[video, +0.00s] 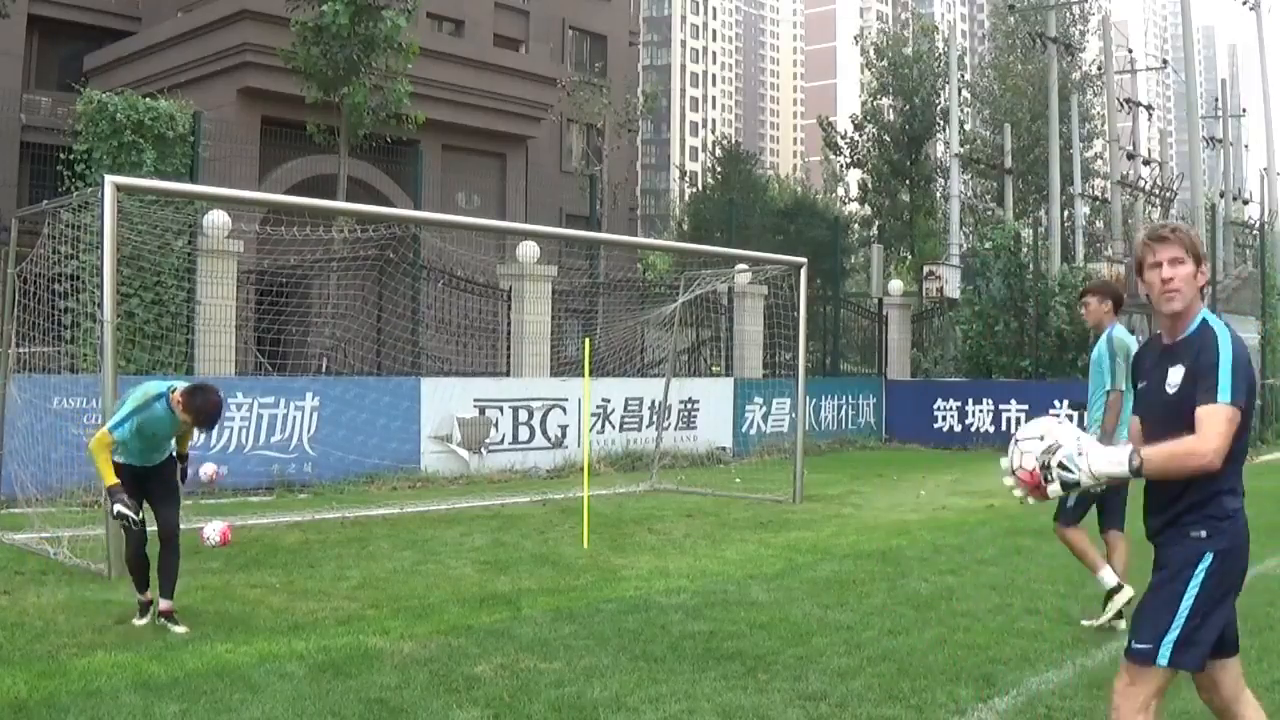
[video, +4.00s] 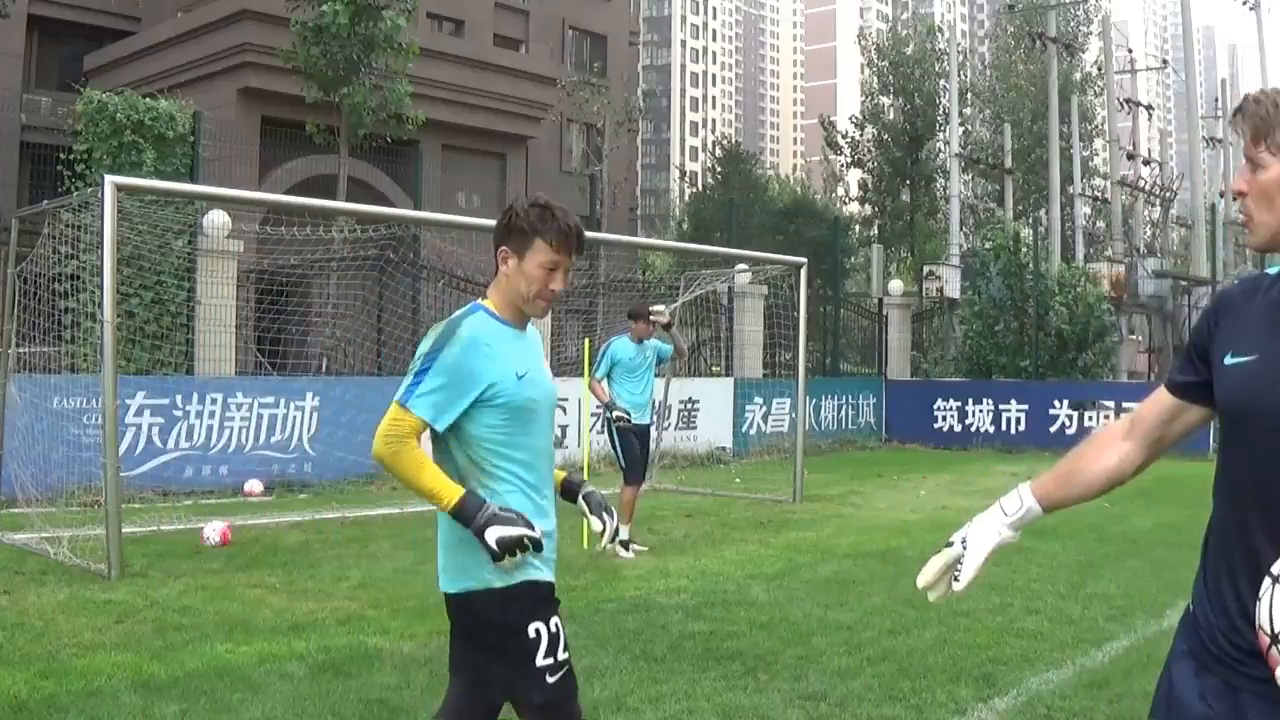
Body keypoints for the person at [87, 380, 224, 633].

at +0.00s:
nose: (190, 429)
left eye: (195, 427)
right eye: (190, 423)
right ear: (181, 403)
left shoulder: (191, 398)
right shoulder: (144, 405)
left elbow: (184, 431)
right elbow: (98, 444)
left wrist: (182, 457)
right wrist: (114, 491)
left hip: (161, 462)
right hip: (126, 464)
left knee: (170, 532)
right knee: (135, 538)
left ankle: (165, 609)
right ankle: (144, 600)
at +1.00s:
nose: (68, 307)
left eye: (77, 301)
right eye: (63, 298)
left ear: (86, 305)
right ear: (50, 296)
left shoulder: (96, 349)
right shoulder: (19, 345)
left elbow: (95, 406)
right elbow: (2, 402)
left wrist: (95, 455)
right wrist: (4, 460)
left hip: (74, 469)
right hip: (26, 468)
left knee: (57, 562)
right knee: (36, 562)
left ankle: (47, 652)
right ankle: (44, 621)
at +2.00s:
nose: (84, 275)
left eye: (89, 266)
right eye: (73, 266)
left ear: (94, 271)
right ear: (47, 273)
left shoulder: (104, 331)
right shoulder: (20, 331)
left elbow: (108, 408)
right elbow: (2, 407)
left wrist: (110, 471)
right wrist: (4, 470)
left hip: (94, 487)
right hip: (36, 491)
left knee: (110, 600)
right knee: (38, 607)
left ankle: (116, 712)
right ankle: (42, 704)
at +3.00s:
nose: (190, 293)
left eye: (203, 284)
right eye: (183, 278)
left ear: (215, 276)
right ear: (159, 257)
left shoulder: (216, 323)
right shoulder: (112, 328)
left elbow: (235, 395)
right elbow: (67, 425)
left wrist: (263, 459)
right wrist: (78, 521)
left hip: (213, 526)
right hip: (142, 532)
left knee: (258, 660)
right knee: (141, 684)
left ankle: (198, 719)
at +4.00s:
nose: (559, 285)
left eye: (565, 273)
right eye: (549, 269)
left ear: (568, 271)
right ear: (507, 260)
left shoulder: (525, 336)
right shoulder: (465, 338)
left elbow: (508, 449)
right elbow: (392, 441)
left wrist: (571, 487)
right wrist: (476, 512)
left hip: (516, 568)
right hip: (496, 574)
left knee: (469, 707)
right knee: (558, 709)